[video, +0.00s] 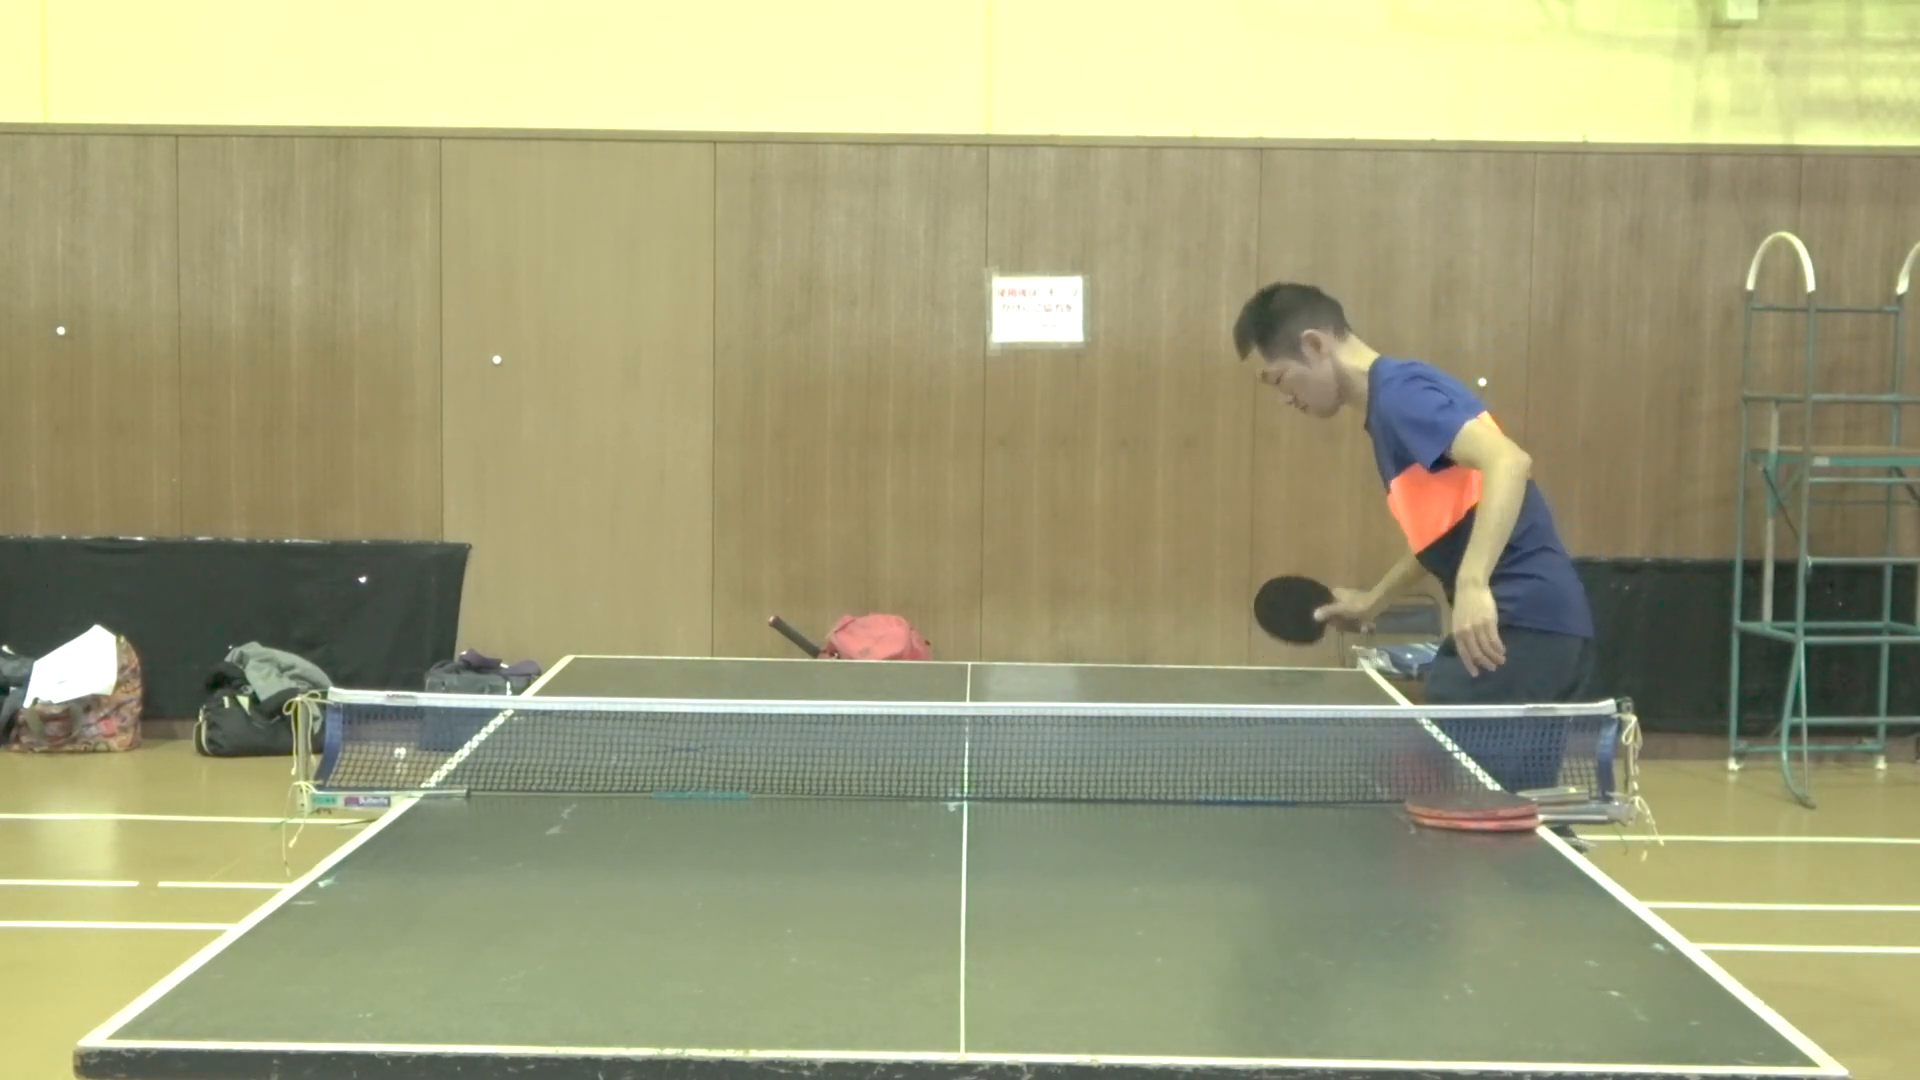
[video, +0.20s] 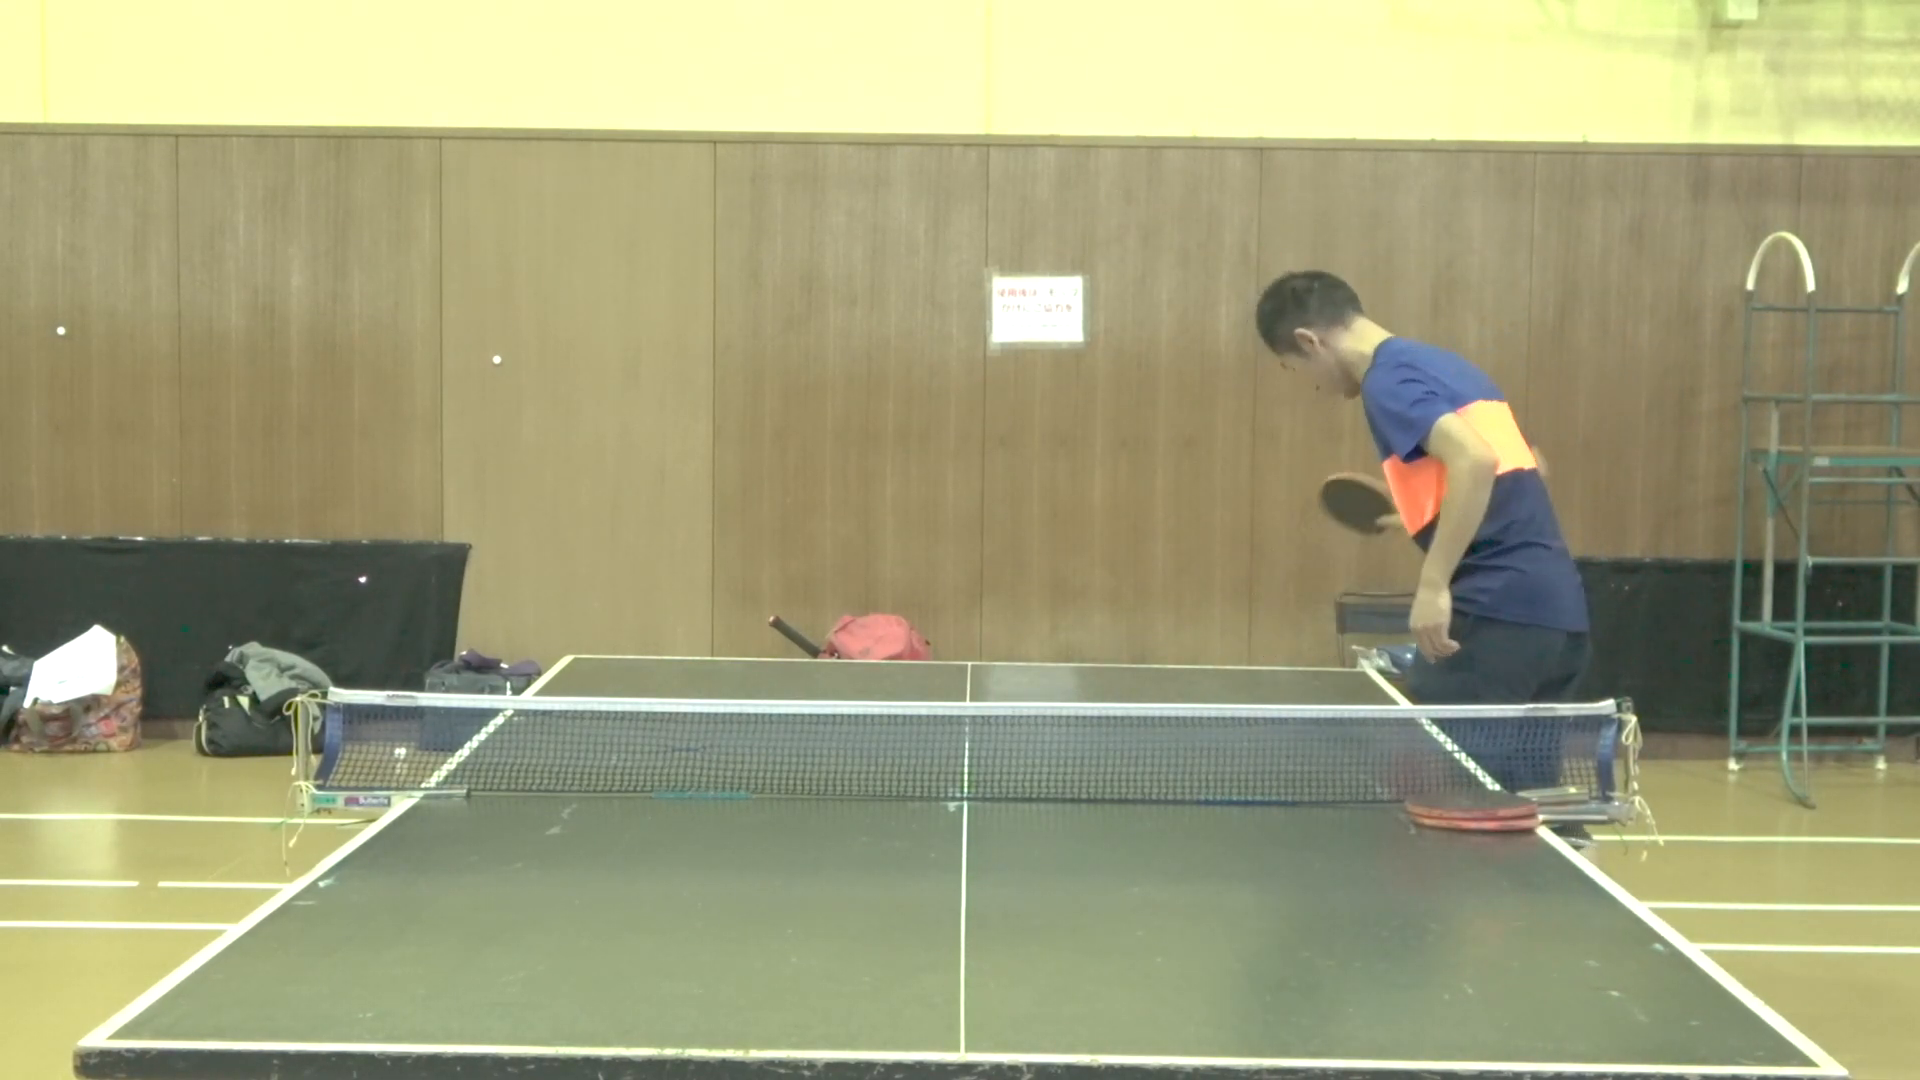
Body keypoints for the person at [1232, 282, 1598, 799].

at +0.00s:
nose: (1287, 399)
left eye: (1280, 379)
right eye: (1275, 386)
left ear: (1315, 345)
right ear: (1320, 345)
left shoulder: (1400, 393)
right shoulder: (1390, 403)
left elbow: (1508, 462)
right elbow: (1450, 525)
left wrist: (1472, 584)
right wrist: (1375, 598)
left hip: (1520, 624)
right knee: (1512, 809)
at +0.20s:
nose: (1313, 382)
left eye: (1297, 367)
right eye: (1297, 371)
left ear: (1311, 340)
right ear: (1355, 317)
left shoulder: (1387, 379)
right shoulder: (1448, 364)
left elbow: (1474, 461)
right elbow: (1527, 469)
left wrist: (1433, 584)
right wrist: (1418, 507)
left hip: (1501, 620)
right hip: (1557, 622)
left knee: (1415, 780)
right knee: (1524, 803)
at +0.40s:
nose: (1364, 364)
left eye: (1355, 352)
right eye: (1356, 354)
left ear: (1363, 336)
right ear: (1417, 312)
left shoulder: (1394, 378)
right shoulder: (1509, 367)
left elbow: (1444, 476)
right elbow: (1603, 467)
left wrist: (1408, 596)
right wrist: (1525, 511)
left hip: (1500, 611)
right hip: (1583, 614)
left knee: (1392, 769)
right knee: (1568, 797)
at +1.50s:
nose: (1297, 356)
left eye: (1305, 336)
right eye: (1294, 339)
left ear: (1361, 329)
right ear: (1364, 330)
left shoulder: (1400, 403)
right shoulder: (1428, 390)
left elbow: (1369, 554)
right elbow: (1387, 561)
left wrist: (1256, 526)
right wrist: (1293, 577)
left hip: (1521, 629)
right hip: (1573, 627)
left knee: (1387, 771)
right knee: (1580, 806)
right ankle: (1641, 965)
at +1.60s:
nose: (1264, 359)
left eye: (1273, 340)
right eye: (1261, 343)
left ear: (1330, 331)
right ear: (1329, 335)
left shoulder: (1376, 411)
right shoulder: (1401, 394)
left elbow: (1337, 557)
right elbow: (1353, 556)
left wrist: (1223, 526)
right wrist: (1260, 570)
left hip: (1504, 634)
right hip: (1562, 632)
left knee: (1357, 767)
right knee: (1576, 810)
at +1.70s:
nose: (1237, 368)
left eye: (1247, 348)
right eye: (1234, 349)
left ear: (1305, 341)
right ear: (1310, 344)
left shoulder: (1353, 423)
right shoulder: (1377, 399)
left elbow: (1297, 564)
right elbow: (1317, 557)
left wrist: (1176, 525)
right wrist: (1239, 581)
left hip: (1486, 633)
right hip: (1545, 625)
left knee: (1345, 776)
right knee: (1574, 821)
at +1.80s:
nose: (1213, 375)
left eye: (1226, 357)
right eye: (1212, 357)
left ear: (1283, 354)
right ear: (1287, 354)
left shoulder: (1332, 431)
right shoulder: (1358, 407)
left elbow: (1256, 568)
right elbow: (1308, 554)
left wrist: (1136, 512)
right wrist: (1223, 602)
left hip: (1479, 636)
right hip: (1530, 628)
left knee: (1335, 772)